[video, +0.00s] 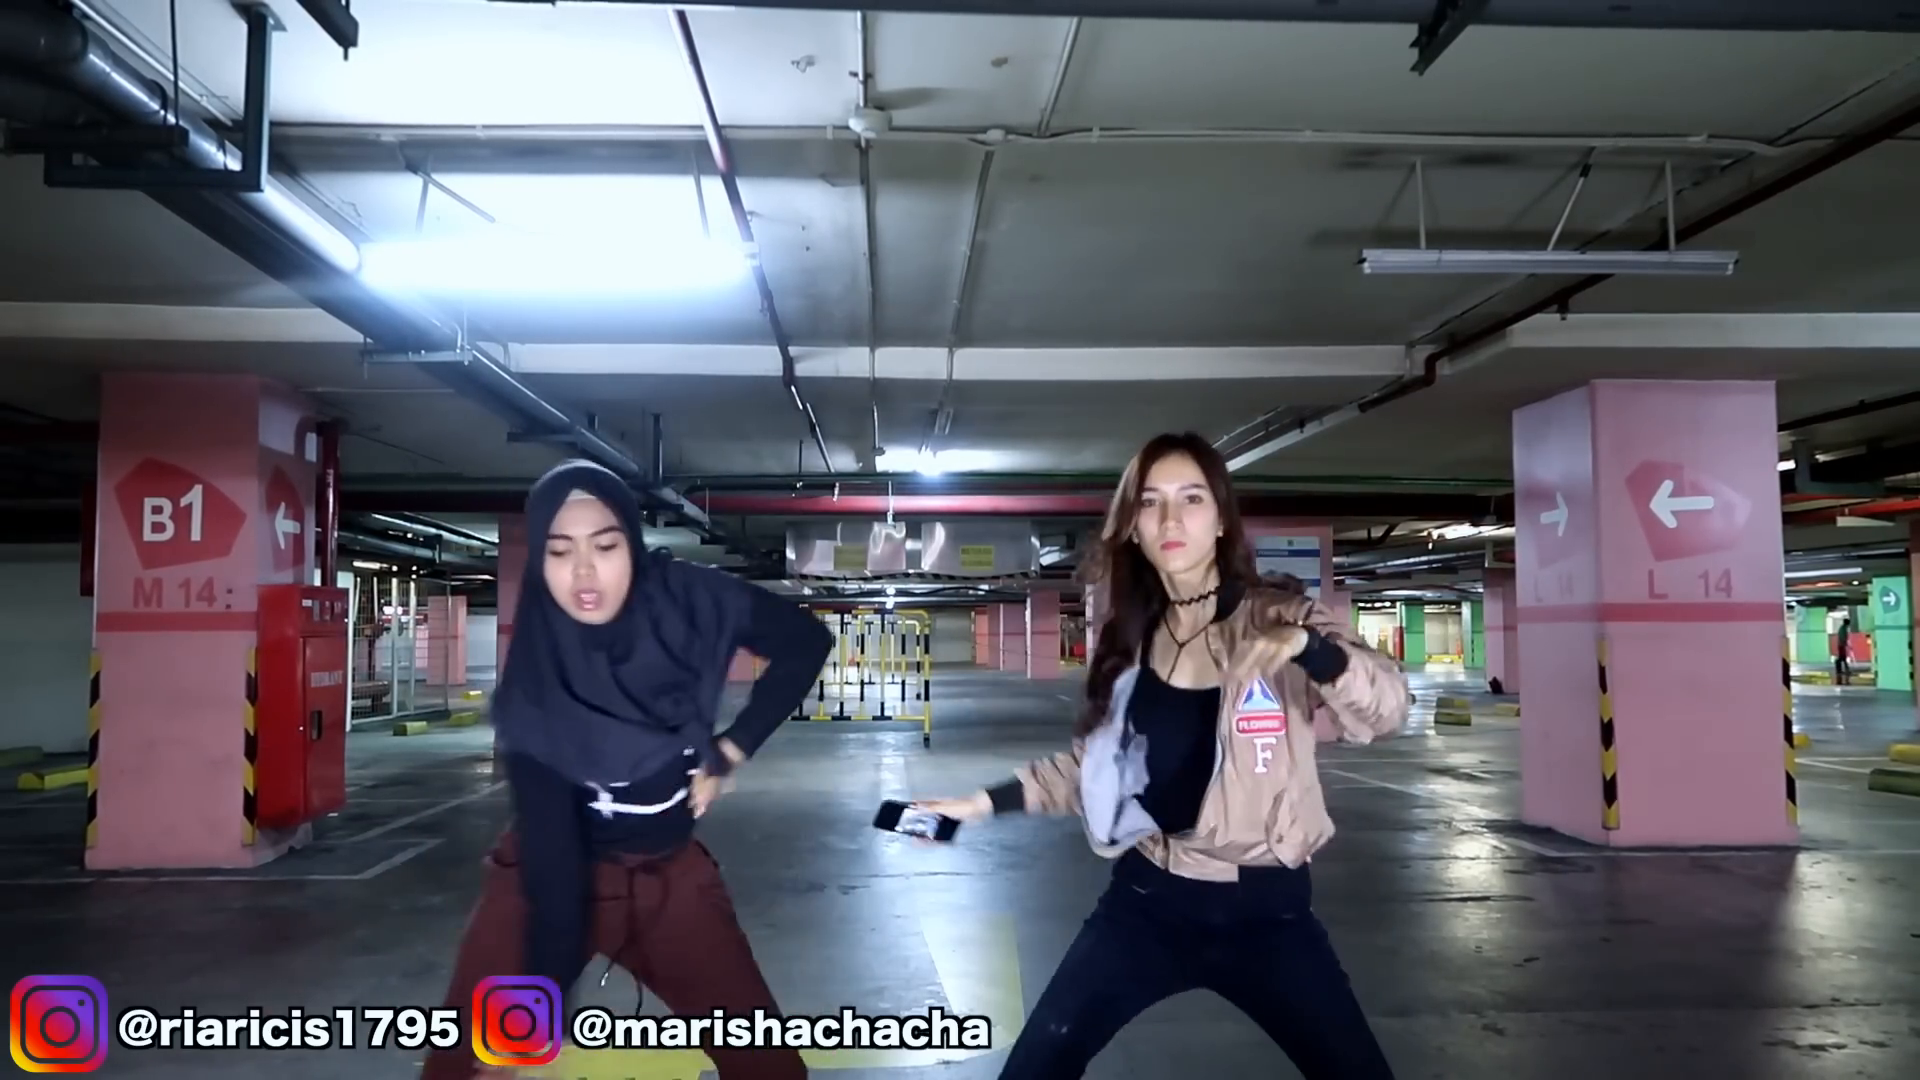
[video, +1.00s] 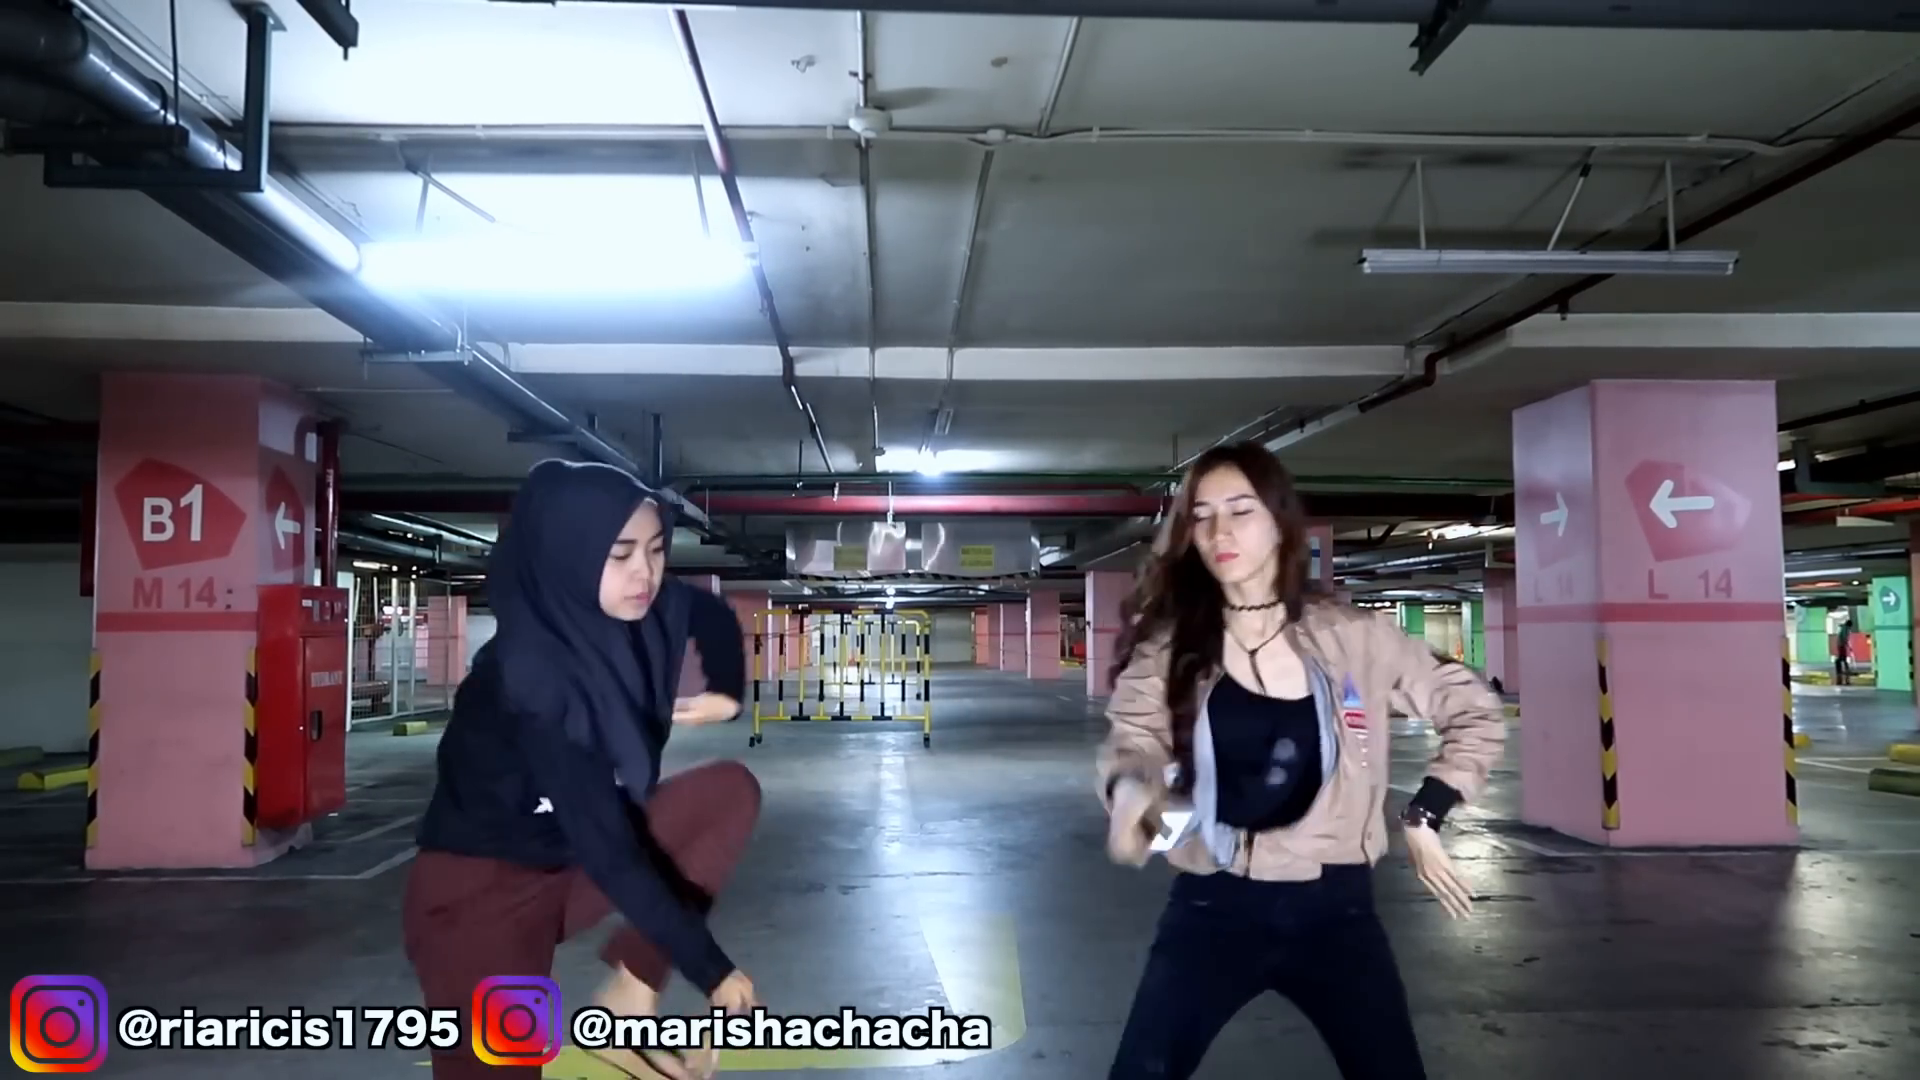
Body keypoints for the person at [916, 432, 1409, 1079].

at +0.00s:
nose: (1170, 519)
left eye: (1191, 499)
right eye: (1151, 501)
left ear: (1222, 516)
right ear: (1133, 523)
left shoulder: (1277, 622)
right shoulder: (1130, 638)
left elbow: (1386, 714)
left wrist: (1309, 647)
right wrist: (981, 803)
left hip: (1264, 907)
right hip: (1145, 902)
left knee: (1361, 1072)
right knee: (1037, 1061)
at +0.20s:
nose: (1156, 546)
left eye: (1178, 530)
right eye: (1138, 531)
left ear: (1208, 552)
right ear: (1119, 552)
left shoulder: (1254, 674)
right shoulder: (1082, 665)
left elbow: (1333, 767)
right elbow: (1050, 775)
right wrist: (1045, 855)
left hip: (1245, 933)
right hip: (1128, 937)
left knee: (1333, 1073)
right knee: (1030, 1071)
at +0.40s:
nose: (1126, 513)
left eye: (1146, 494)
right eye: (1107, 498)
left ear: (1177, 515)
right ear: (1087, 521)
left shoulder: (1217, 632)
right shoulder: (1049, 639)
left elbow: (1230, 758)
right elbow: (1006, 779)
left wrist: (1242, 848)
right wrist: (1080, 701)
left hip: (1223, 889)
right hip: (1106, 904)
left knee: (1355, 1064)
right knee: (1047, 1073)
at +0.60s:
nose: (1153, 490)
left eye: (1172, 468)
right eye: (1132, 474)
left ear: (1206, 484)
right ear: (1115, 499)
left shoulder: (1260, 587)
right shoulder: (1111, 621)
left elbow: (1272, 710)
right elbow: (1090, 754)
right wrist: (1114, 655)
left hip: (1272, 874)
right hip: (1155, 881)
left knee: (1357, 1065)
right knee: (1080, 1065)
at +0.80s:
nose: (1180, 520)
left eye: (1200, 499)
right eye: (1161, 503)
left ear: (1232, 516)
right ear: (1145, 524)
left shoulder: (1278, 637)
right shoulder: (1113, 630)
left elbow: (1288, 750)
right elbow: (1081, 740)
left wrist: (1277, 856)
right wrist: (1138, 641)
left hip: (1260, 906)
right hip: (1144, 913)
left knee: (1387, 1068)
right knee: (1091, 1074)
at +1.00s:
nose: (1220, 535)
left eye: (1239, 512)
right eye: (1203, 520)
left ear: (1281, 520)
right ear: (1188, 536)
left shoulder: (1355, 634)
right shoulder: (1171, 644)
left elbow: (1475, 710)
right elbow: (1134, 739)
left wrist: (1424, 814)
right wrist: (1132, 791)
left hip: (1334, 912)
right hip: (1211, 912)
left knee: (1394, 1073)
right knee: (1140, 1070)